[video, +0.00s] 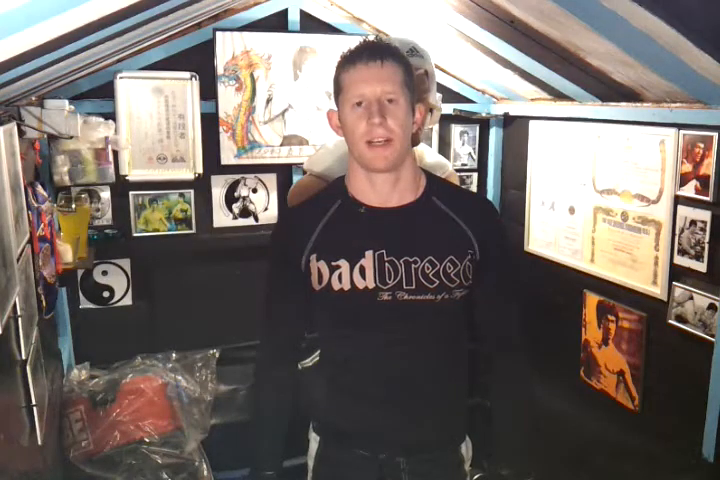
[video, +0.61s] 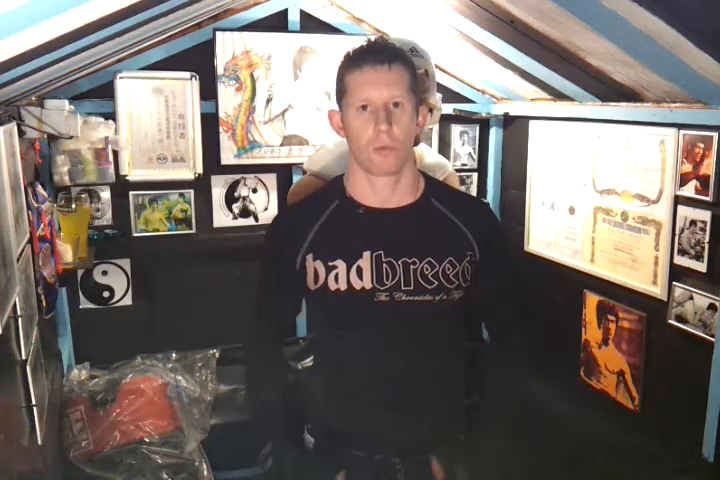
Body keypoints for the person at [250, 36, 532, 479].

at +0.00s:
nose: (376, 118)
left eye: (390, 102)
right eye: (360, 104)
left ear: (417, 117)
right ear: (337, 123)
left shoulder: (476, 222)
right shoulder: (301, 226)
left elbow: (502, 355)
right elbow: (278, 359)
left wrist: (499, 467)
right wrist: (273, 467)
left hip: (440, 459)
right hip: (342, 458)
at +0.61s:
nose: (383, 123)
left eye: (397, 105)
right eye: (365, 108)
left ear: (421, 119)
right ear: (339, 124)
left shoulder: (474, 223)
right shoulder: (299, 226)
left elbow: (510, 350)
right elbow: (266, 350)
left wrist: (473, 457)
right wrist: (288, 455)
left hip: (443, 454)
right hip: (338, 454)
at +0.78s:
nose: (372, 135)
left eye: (386, 114)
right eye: (353, 118)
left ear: (414, 120)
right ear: (330, 129)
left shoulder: (468, 224)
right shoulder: (293, 229)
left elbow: (501, 348)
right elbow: (257, 346)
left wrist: (452, 402)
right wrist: (319, 405)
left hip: (435, 458)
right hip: (334, 457)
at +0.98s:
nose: (350, 136)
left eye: (363, 113)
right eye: (332, 119)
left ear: (392, 120)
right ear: (312, 134)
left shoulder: (461, 223)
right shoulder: (282, 234)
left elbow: (492, 343)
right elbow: (253, 350)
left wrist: (445, 397)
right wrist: (310, 392)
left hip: (433, 457)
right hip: (333, 457)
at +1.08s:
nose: (338, 136)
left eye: (352, 112)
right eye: (319, 118)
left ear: (384, 121)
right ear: (302, 134)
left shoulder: (462, 223)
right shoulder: (279, 237)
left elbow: (494, 347)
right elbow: (252, 350)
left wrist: (443, 406)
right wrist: (303, 391)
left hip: (435, 457)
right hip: (332, 460)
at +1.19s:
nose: (327, 141)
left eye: (343, 116)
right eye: (308, 122)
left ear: (377, 123)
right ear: (289, 136)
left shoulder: (466, 229)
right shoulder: (278, 240)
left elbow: (514, 347)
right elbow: (251, 349)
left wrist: (455, 421)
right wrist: (286, 388)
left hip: (439, 464)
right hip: (328, 464)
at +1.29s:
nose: (321, 148)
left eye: (339, 123)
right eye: (303, 128)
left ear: (376, 127)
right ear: (284, 138)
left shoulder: (464, 237)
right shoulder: (280, 243)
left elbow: (520, 361)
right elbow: (262, 356)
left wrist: (445, 432)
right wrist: (280, 409)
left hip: (440, 466)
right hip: (325, 464)